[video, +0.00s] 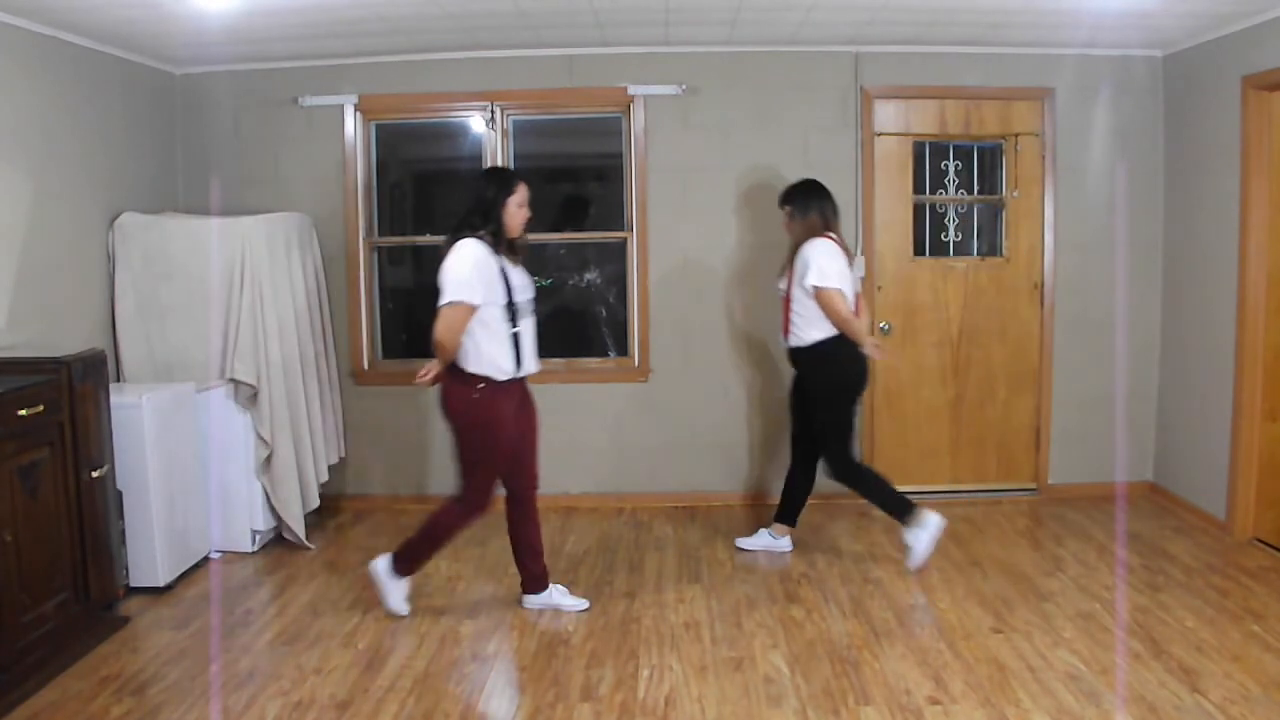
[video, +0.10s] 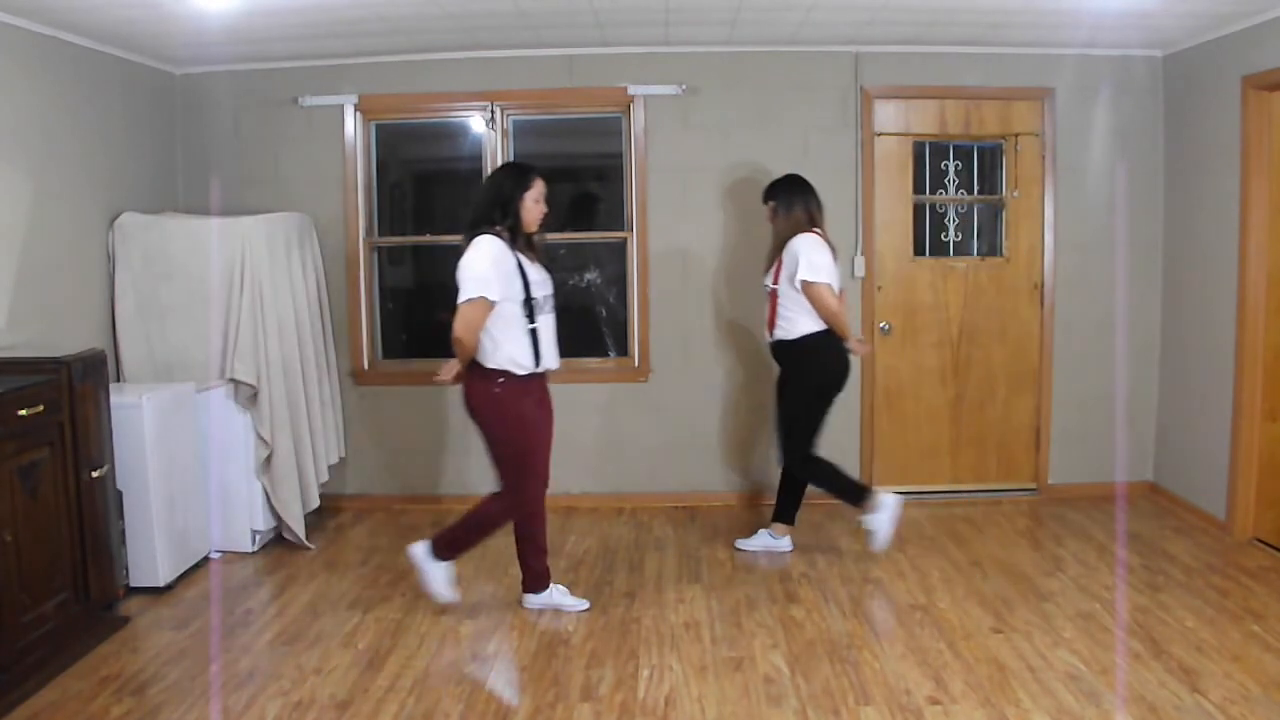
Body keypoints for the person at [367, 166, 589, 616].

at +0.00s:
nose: (527, 214)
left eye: (527, 205)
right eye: (519, 206)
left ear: (513, 209)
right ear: (494, 207)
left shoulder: (506, 257)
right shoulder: (469, 255)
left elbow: (491, 323)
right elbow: (446, 334)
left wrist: (445, 361)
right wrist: (447, 362)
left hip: (512, 392)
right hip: (476, 394)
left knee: (522, 493)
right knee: (475, 497)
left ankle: (536, 588)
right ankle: (395, 568)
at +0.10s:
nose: (544, 209)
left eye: (544, 200)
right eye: (536, 200)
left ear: (524, 203)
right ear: (511, 201)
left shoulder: (521, 252)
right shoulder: (486, 250)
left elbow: (508, 321)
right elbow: (465, 331)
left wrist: (463, 361)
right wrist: (464, 361)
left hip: (530, 384)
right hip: (498, 386)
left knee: (533, 490)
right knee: (522, 490)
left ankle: (537, 587)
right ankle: (435, 553)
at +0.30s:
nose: (570, 209)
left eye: (571, 200)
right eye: (564, 200)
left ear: (551, 202)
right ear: (537, 201)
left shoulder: (547, 249)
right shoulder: (513, 247)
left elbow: (534, 319)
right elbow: (489, 326)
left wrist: (492, 359)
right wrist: (491, 359)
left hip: (549, 380)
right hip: (527, 382)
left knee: (538, 484)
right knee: (573, 483)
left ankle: (537, 583)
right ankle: (512, 563)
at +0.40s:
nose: (583, 210)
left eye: (583, 201)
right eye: (577, 201)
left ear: (559, 202)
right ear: (552, 201)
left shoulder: (557, 250)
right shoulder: (526, 248)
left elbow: (532, 319)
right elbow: (503, 326)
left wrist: (498, 358)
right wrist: (500, 360)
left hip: (554, 381)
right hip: (537, 382)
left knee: (539, 485)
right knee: (586, 481)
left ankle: (538, 584)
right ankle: (520, 558)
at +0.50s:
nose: (594, 212)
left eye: (594, 203)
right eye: (588, 202)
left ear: (571, 203)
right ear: (564, 202)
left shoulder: (567, 251)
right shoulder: (539, 248)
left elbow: (532, 319)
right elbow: (513, 325)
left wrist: (504, 359)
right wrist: (507, 359)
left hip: (560, 380)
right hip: (545, 382)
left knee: (541, 484)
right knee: (600, 477)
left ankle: (538, 583)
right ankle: (532, 556)